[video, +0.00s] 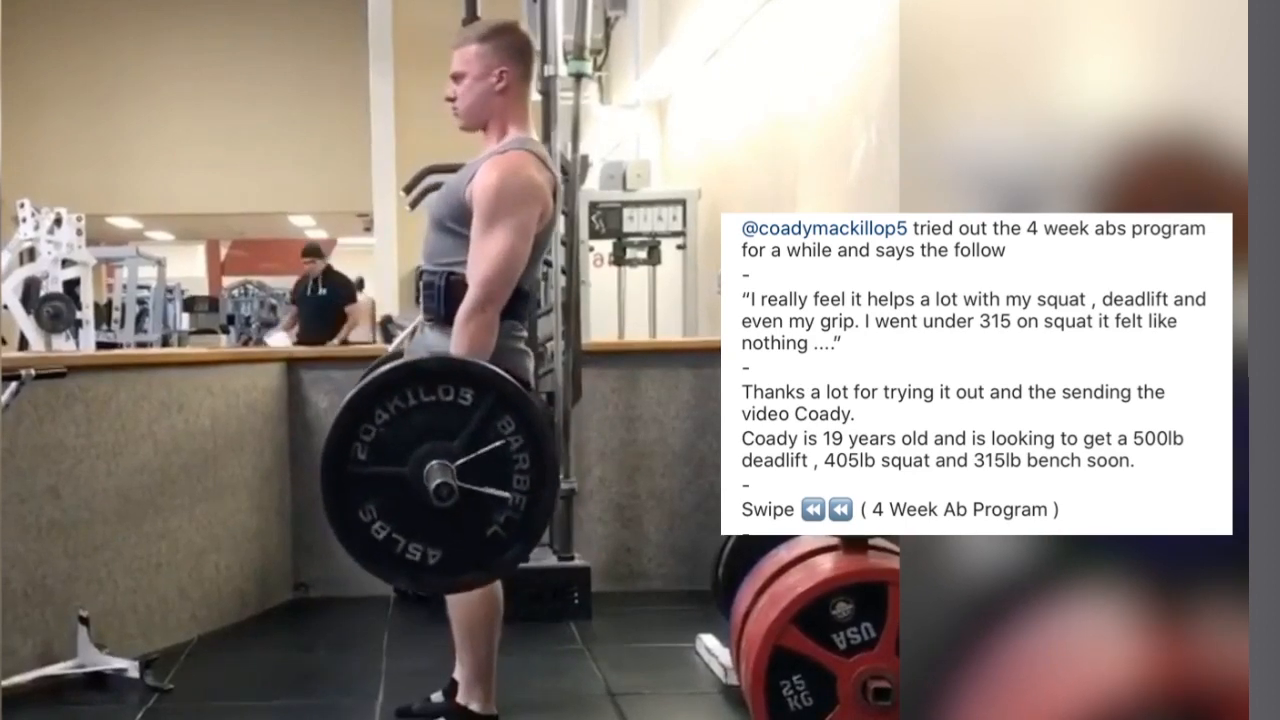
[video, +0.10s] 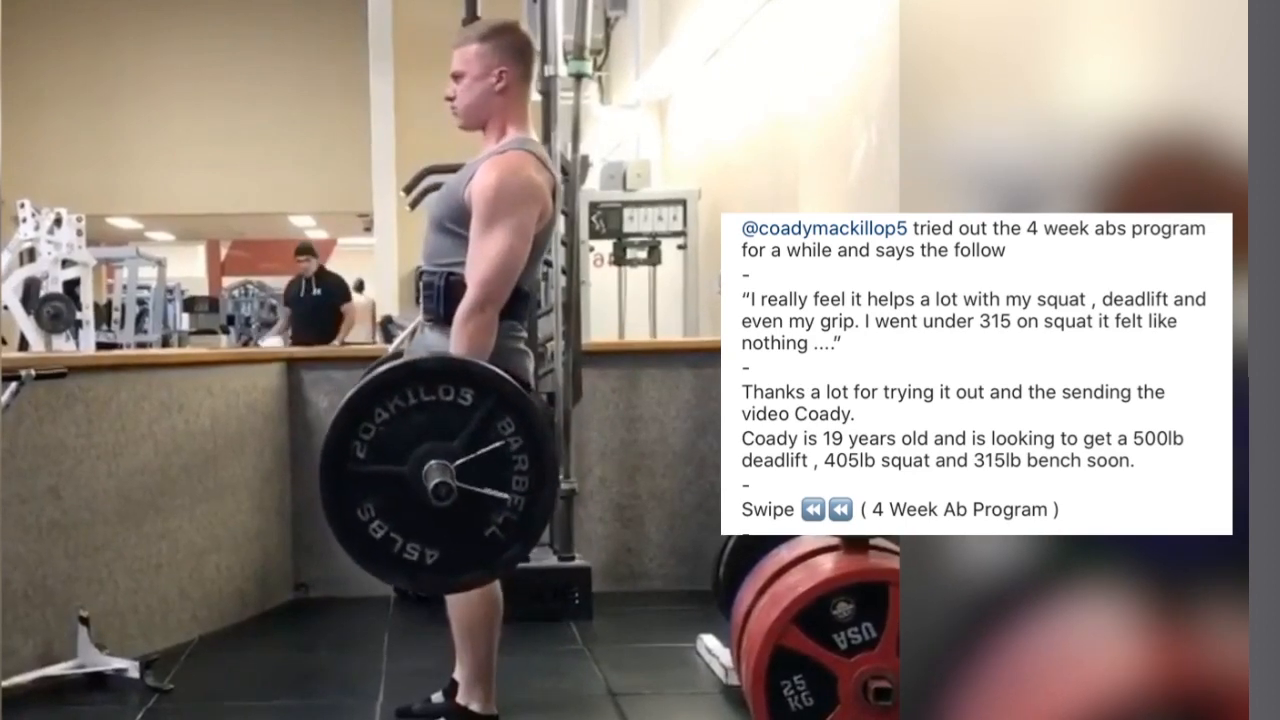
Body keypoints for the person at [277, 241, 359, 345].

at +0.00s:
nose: (309, 267)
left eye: (312, 262)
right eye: (305, 263)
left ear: (323, 261)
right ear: (303, 263)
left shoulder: (341, 282)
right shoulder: (302, 283)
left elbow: (354, 317)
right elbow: (297, 311)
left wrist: (338, 340)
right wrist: (284, 328)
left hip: (331, 346)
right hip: (304, 346)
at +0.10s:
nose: (304, 265)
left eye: (308, 260)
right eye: (300, 261)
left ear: (317, 260)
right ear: (296, 263)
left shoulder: (335, 282)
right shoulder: (293, 285)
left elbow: (350, 314)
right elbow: (287, 317)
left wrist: (339, 341)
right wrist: (271, 336)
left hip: (327, 350)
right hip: (299, 351)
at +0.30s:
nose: (291, 260)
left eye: (294, 255)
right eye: (286, 256)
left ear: (302, 256)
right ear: (280, 260)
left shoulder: (320, 277)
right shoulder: (276, 286)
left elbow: (338, 308)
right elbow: (270, 318)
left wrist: (342, 339)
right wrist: (258, 342)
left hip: (321, 350)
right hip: (288, 353)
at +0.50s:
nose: (282, 255)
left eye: (286, 250)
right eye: (277, 251)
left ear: (293, 254)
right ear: (269, 258)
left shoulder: (311, 278)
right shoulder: (262, 285)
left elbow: (333, 311)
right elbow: (254, 319)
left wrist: (339, 341)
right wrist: (252, 346)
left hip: (312, 351)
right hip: (278, 353)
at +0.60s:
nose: (280, 255)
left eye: (283, 250)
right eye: (274, 251)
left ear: (290, 255)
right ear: (267, 258)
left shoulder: (307, 278)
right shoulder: (258, 284)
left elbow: (326, 309)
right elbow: (248, 317)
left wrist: (333, 336)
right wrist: (246, 343)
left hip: (308, 350)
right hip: (274, 352)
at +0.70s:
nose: (278, 255)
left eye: (281, 251)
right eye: (273, 251)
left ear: (289, 256)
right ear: (265, 258)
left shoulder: (305, 279)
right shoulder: (256, 284)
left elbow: (322, 311)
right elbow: (244, 318)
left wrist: (330, 343)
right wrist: (242, 346)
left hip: (304, 352)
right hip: (270, 354)